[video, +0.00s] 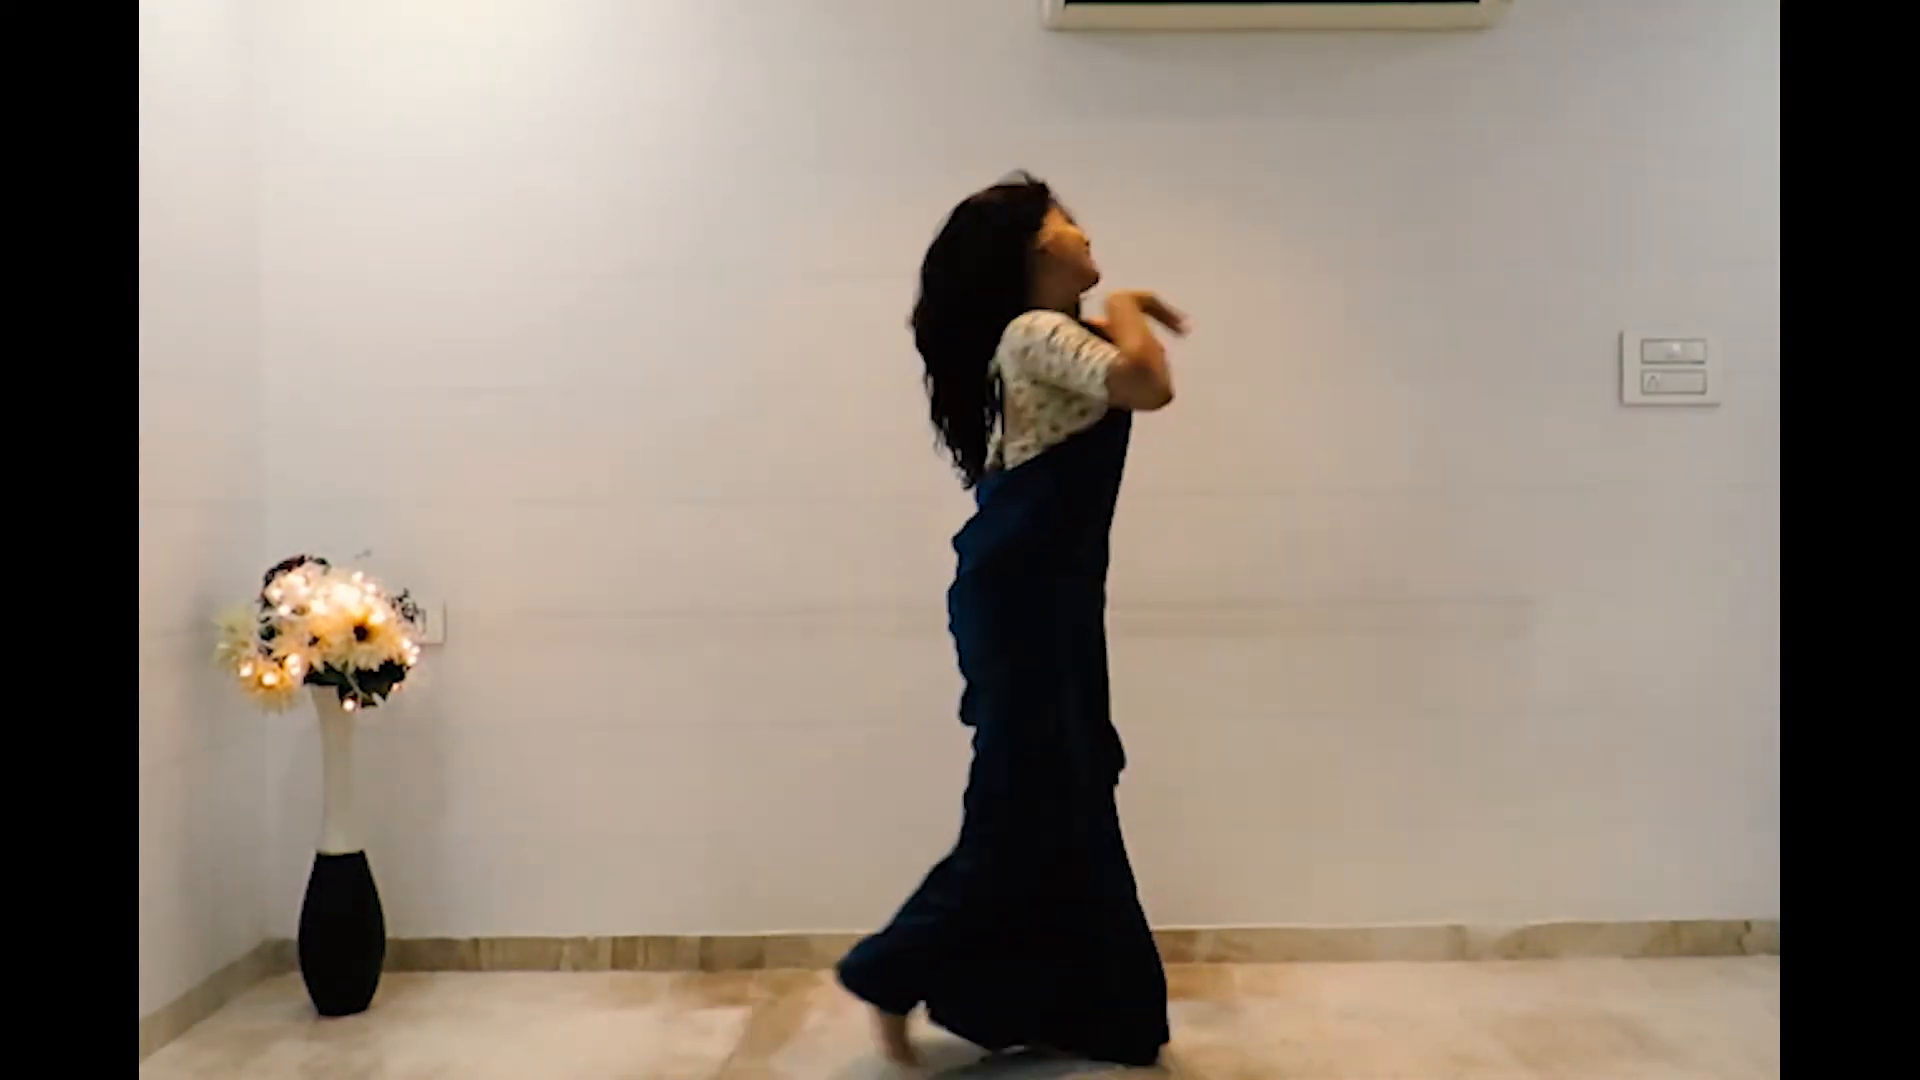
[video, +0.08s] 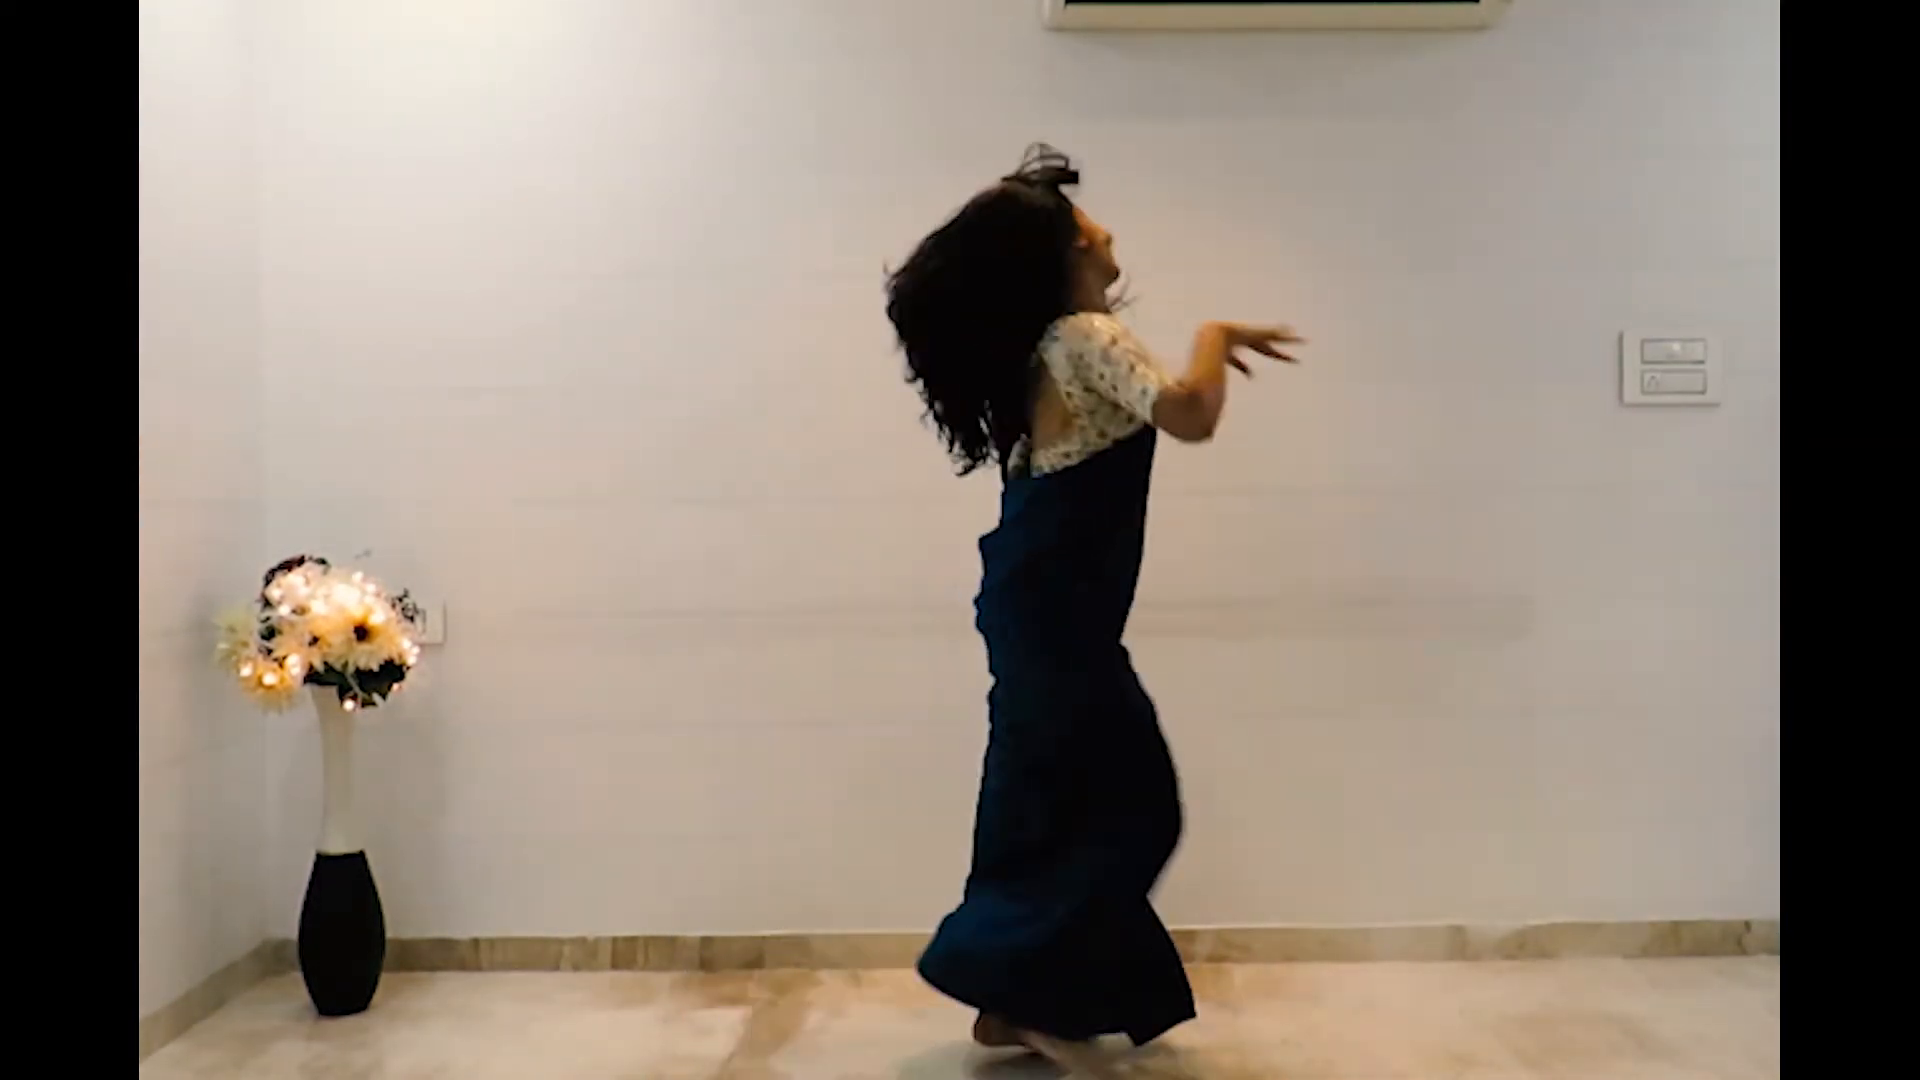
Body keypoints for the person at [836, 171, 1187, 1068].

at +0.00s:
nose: (1080, 230)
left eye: (1069, 218)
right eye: (1061, 223)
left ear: (1031, 262)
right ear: (1029, 258)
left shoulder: (1055, 331)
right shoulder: (1034, 336)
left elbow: (1136, 379)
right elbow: (1148, 382)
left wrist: (1130, 315)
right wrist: (1127, 309)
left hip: (1053, 597)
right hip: (1015, 597)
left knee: (1072, 790)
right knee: (1029, 796)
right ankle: (894, 970)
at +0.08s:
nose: (1102, 229)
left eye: (1088, 218)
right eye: (1086, 226)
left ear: (1041, 276)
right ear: (1069, 257)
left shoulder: (1039, 346)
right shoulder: (1089, 341)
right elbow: (1194, 416)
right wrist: (1214, 339)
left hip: (1026, 612)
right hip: (1066, 623)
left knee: (1042, 801)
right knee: (1142, 803)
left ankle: (1014, 998)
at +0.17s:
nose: (1129, 261)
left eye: (1118, 250)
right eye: (1115, 256)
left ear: (1051, 305)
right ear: (1094, 290)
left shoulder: (1026, 390)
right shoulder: (1134, 384)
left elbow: (983, 484)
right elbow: (1231, 495)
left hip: (1040, 664)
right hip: (1115, 673)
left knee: (1048, 831)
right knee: (1207, 827)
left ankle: (1019, 1014)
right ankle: (1176, 1020)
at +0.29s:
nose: (1156, 293)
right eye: (1153, 278)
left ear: (1061, 291)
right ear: (1156, 285)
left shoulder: (1050, 386)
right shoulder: (1198, 380)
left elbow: (971, 479)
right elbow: (1295, 484)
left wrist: (1035, 404)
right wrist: (1385, 416)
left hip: (1075, 639)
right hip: (1176, 641)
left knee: (1087, 820)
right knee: (1226, 826)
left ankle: (1024, 1013)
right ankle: (1234, 1032)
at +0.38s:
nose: (1175, 227)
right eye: (1170, 211)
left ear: (1071, 238)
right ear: (1172, 230)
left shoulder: (1038, 343)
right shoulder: (1216, 333)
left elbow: (969, 427)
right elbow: (1345, 421)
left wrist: (922, 399)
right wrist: (1477, 403)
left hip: (1084, 632)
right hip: (1199, 631)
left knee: (1067, 803)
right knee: (1222, 823)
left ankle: (1035, 1003)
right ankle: (1262, 1039)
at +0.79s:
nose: (1127, 263)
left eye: (1133, 248)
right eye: (1129, 248)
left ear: (1156, 257)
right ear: (1248, 241)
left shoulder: (1158, 352)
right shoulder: (1284, 340)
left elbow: (1062, 444)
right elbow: (1265, 456)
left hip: (1180, 616)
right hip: (1275, 610)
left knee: (1150, 796)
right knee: (1265, 808)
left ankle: (1126, 1020)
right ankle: (1281, 1031)